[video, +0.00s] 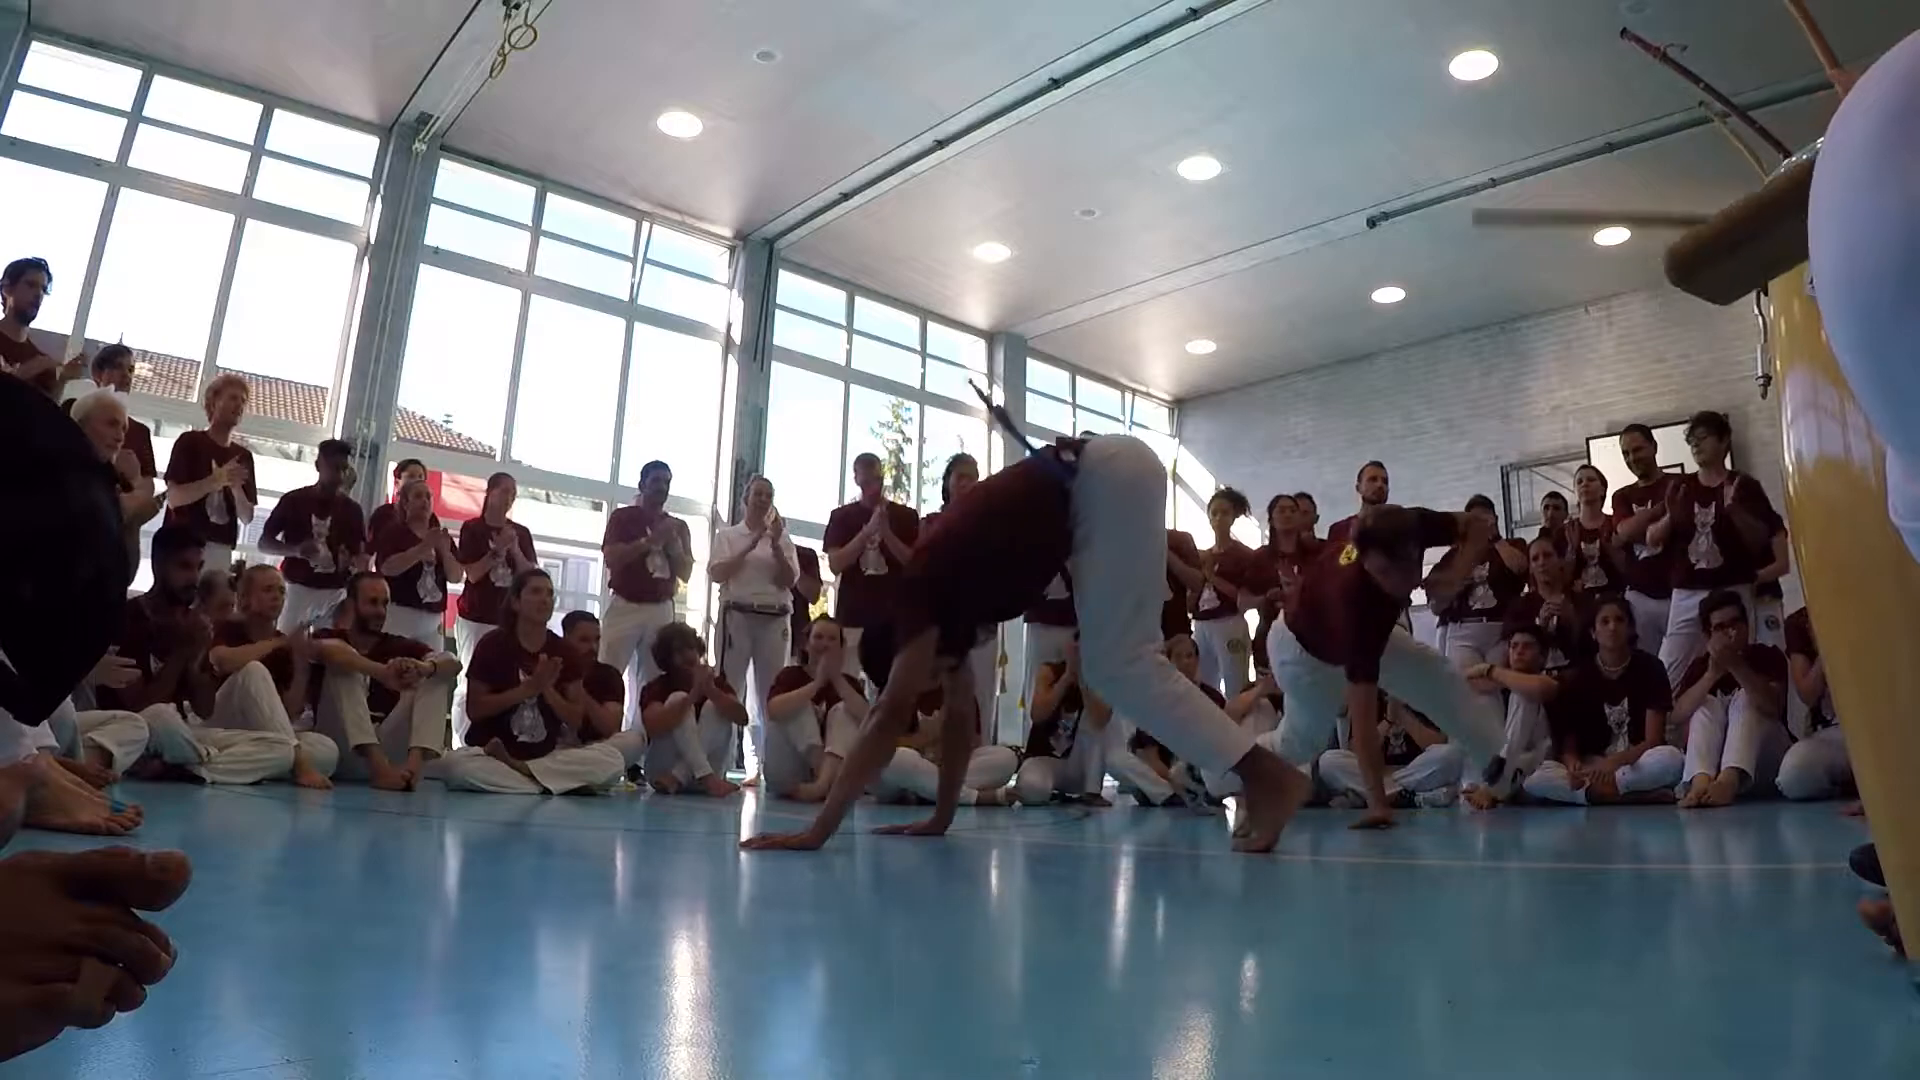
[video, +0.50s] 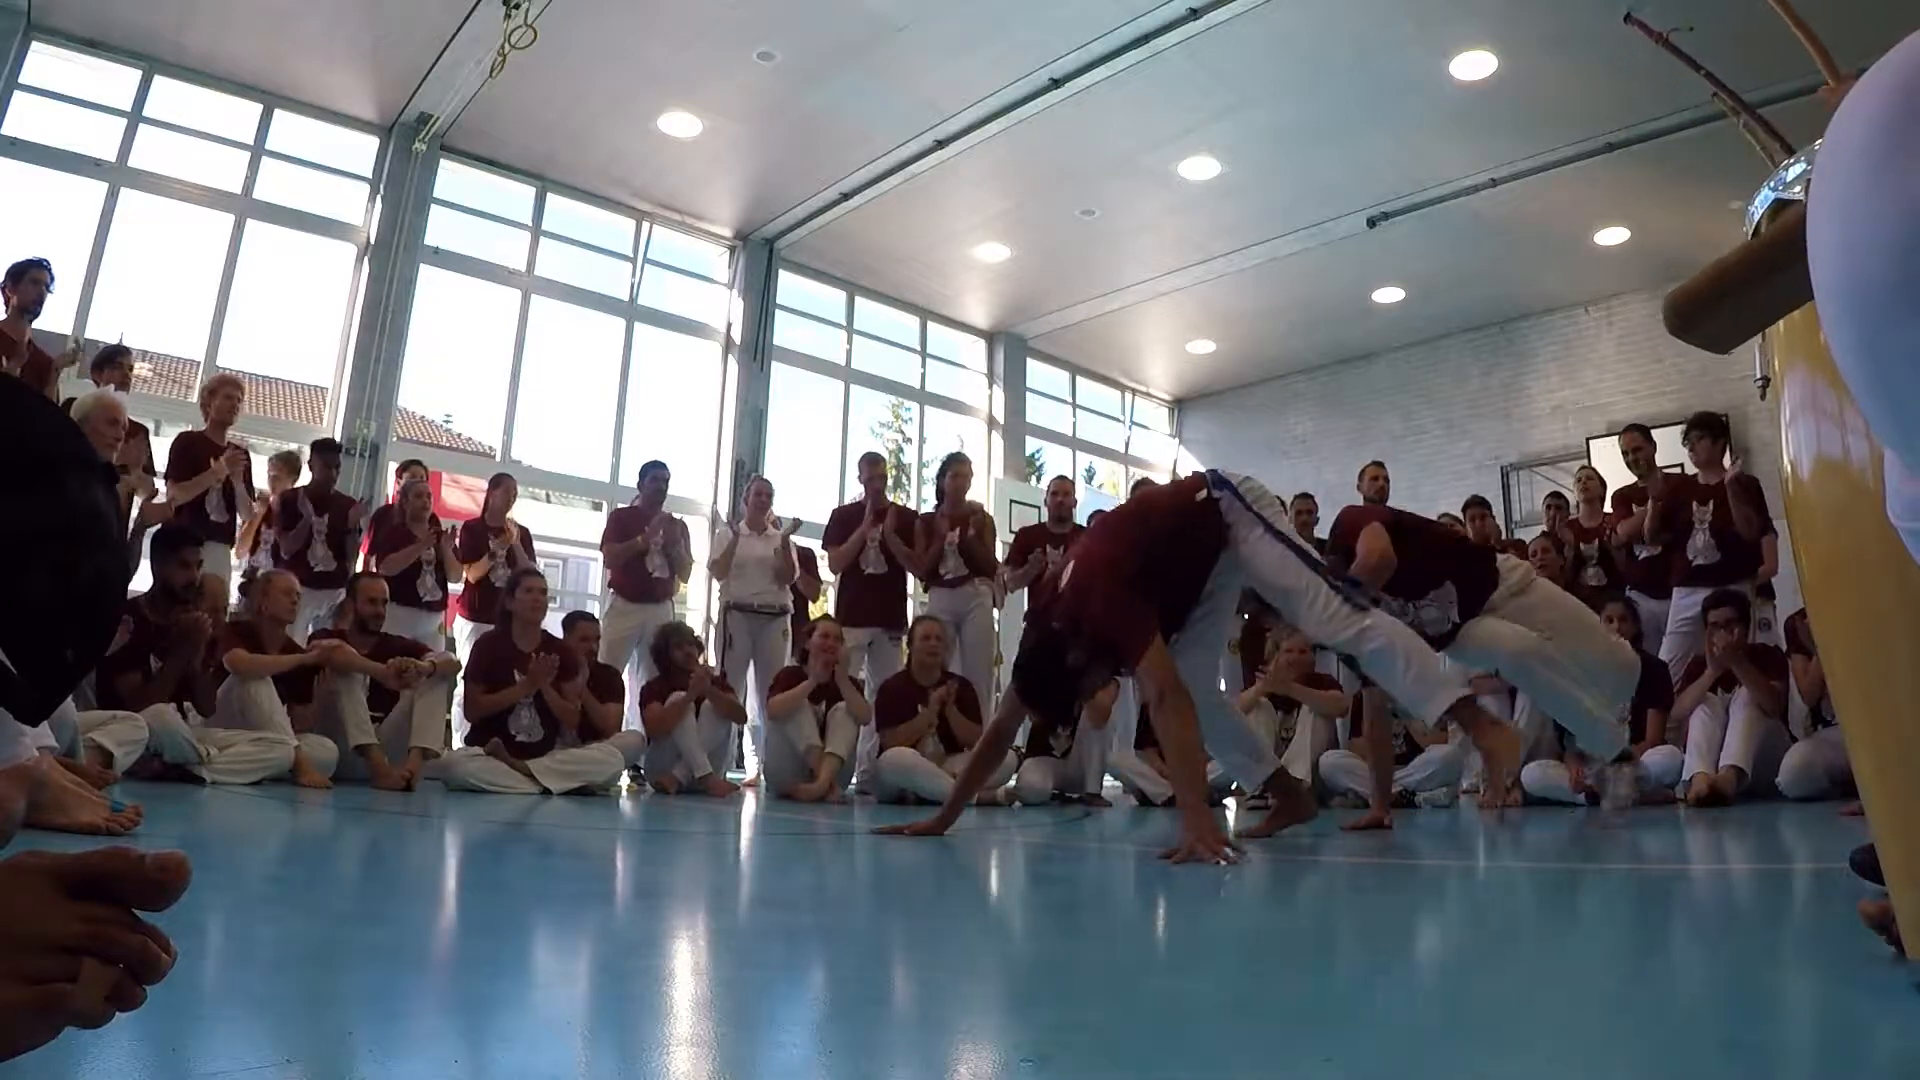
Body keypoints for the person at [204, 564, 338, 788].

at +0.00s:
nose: (276, 597)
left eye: (280, 591)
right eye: (268, 590)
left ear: (285, 597)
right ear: (244, 599)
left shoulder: (286, 645)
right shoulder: (226, 629)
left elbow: (291, 711)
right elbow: (222, 662)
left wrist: (301, 660)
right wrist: (281, 642)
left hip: (268, 733)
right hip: (222, 725)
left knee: (327, 751)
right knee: (253, 671)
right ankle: (298, 761)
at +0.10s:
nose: (280, 596)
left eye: (283, 591)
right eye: (271, 590)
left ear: (288, 598)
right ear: (246, 599)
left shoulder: (287, 642)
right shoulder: (227, 628)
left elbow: (298, 708)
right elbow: (222, 658)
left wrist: (311, 669)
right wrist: (275, 640)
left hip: (271, 731)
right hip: (223, 725)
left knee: (327, 752)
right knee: (253, 671)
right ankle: (299, 762)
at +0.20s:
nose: (285, 598)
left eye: (288, 592)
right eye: (277, 591)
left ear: (291, 598)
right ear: (252, 600)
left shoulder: (290, 646)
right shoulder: (232, 629)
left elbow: (302, 716)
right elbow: (225, 654)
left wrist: (312, 666)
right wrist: (290, 647)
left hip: (272, 733)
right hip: (224, 728)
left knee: (327, 752)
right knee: (253, 671)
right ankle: (298, 760)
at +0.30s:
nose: (289, 598)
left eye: (292, 592)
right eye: (280, 591)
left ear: (296, 599)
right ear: (257, 601)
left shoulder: (294, 648)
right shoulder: (232, 629)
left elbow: (302, 718)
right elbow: (235, 655)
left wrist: (314, 675)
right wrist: (299, 655)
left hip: (270, 733)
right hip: (223, 725)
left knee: (327, 751)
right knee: (253, 672)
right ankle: (298, 760)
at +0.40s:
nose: (291, 599)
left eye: (294, 594)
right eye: (283, 591)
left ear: (297, 600)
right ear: (257, 599)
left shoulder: (295, 650)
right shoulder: (234, 629)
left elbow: (302, 720)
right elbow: (236, 659)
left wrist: (314, 675)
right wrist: (302, 658)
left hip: (270, 734)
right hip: (224, 726)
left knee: (327, 752)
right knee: (253, 674)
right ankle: (299, 762)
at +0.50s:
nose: (295, 601)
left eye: (298, 596)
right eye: (287, 594)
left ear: (301, 601)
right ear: (262, 600)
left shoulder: (298, 654)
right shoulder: (233, 631)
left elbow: (301, 724)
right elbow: (239, 665)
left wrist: (322, 694)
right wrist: (305, 658)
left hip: (269, 736)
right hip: (222, 727)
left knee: (326, 753)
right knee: (253, 678)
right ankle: (298, 762)